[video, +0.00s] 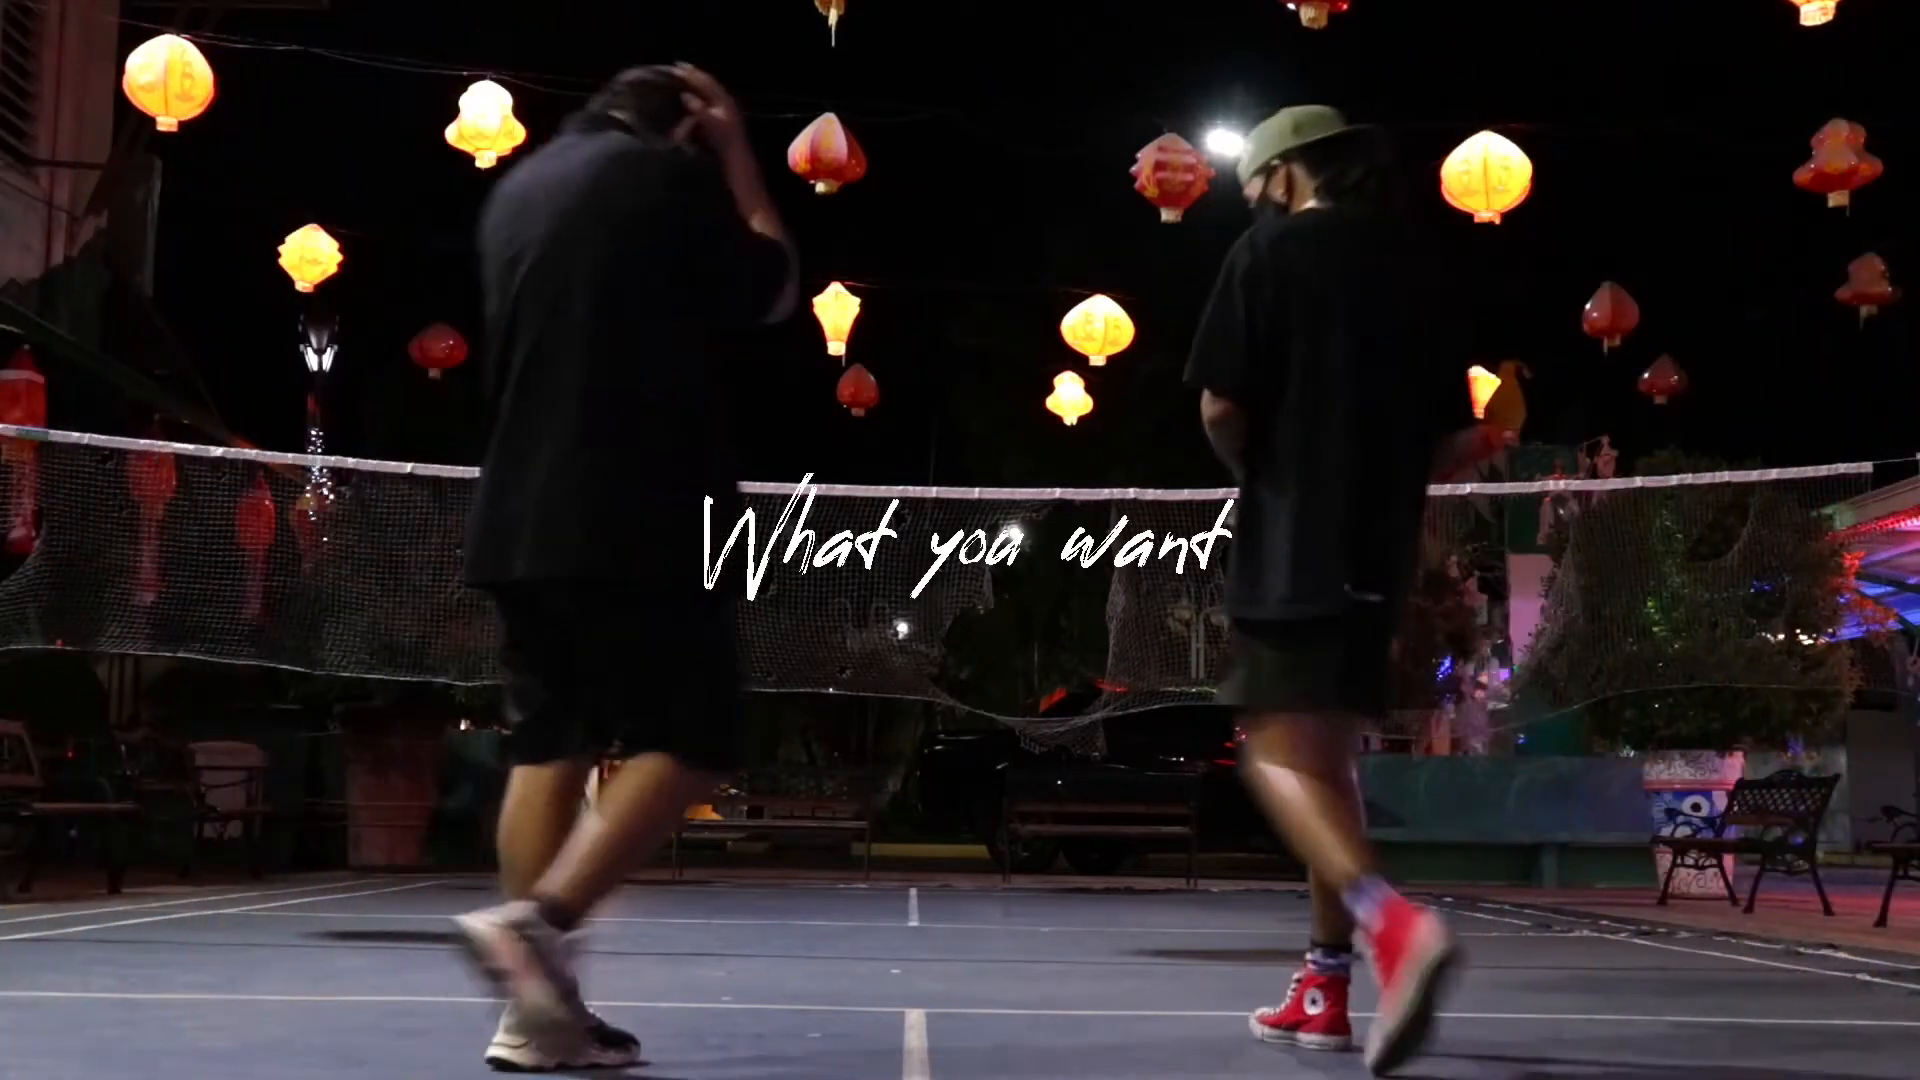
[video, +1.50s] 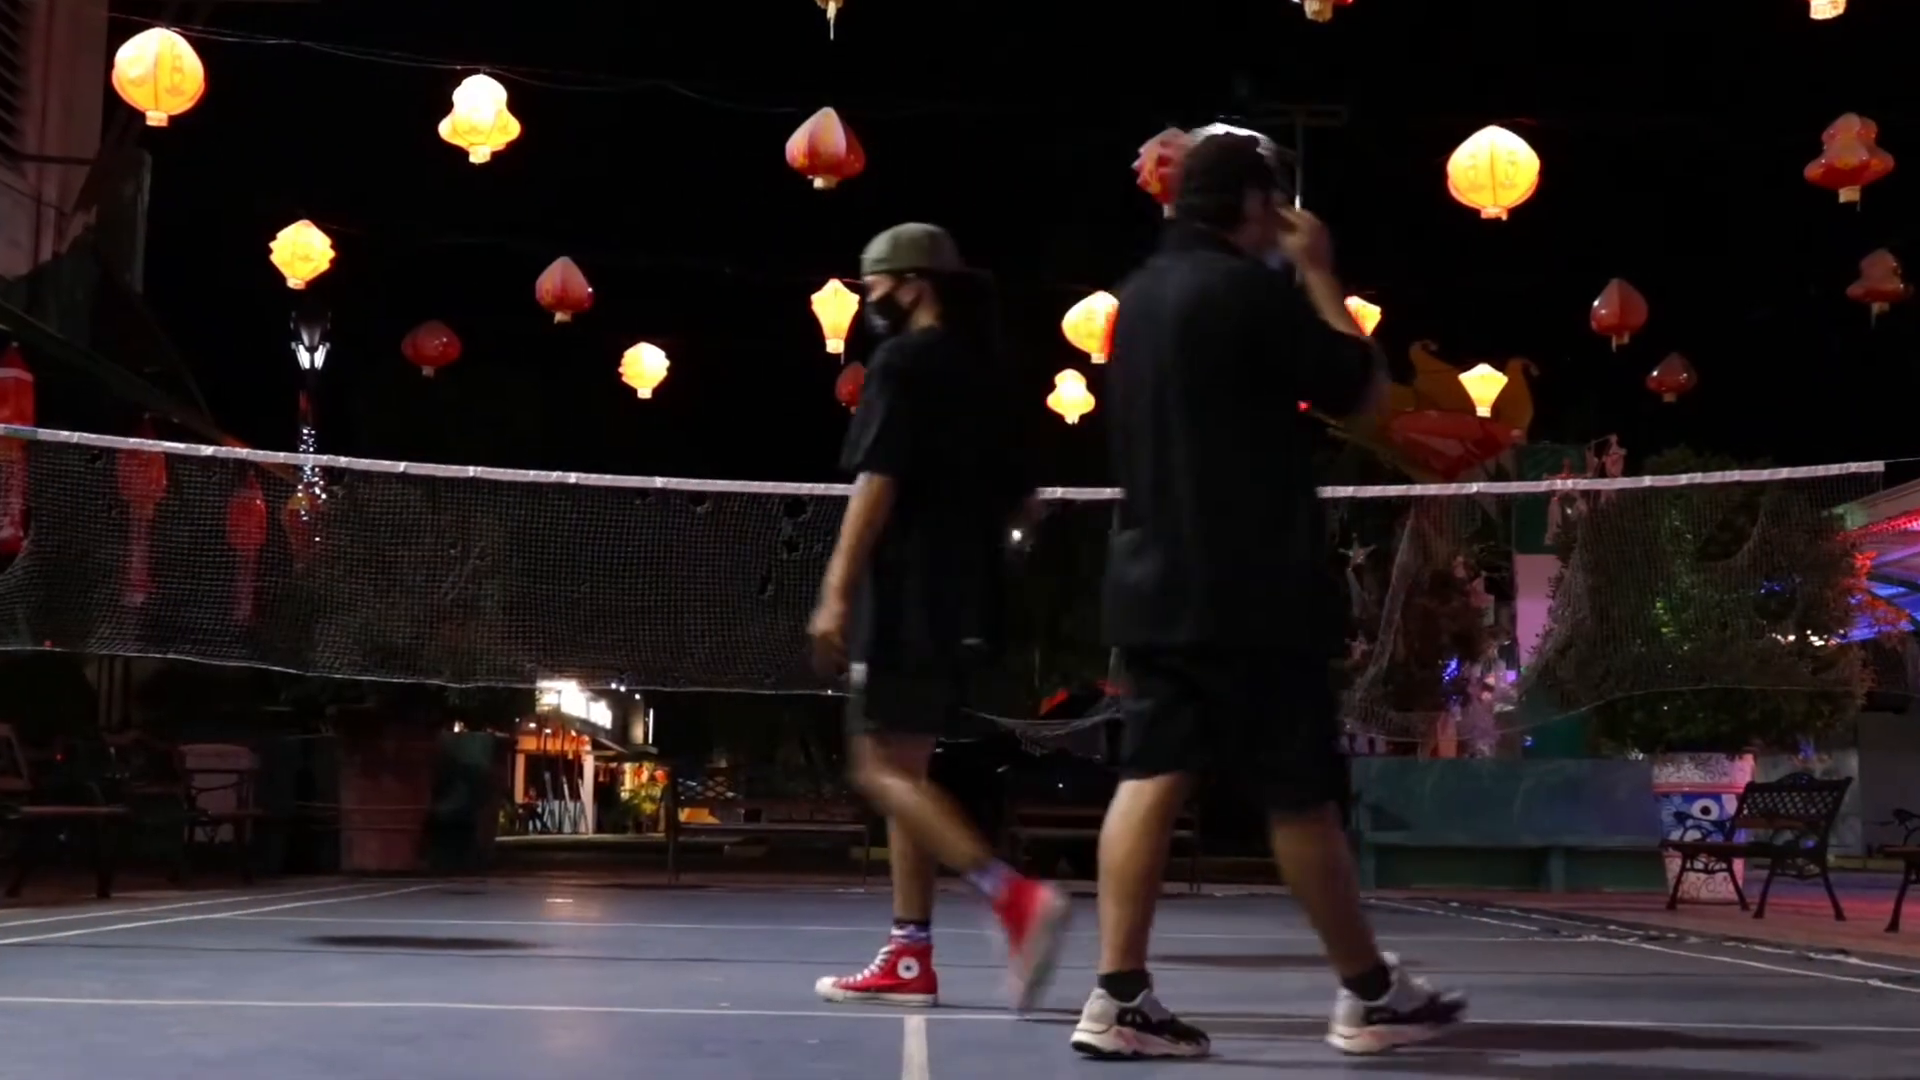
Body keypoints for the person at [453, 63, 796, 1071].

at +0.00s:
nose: (712, 153)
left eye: (712, 137)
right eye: (711, 138)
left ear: (602, 111)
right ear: (687, 125)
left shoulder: (514, 190)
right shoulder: (668, 180)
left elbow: (514, 353)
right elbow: (776, 300)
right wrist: (741, 171)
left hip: (520, 511)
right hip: (641, 511)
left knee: (546, 743)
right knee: (690, 738)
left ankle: (536, 1017)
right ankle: (540, 918)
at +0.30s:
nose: (828, 187)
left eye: (833, 172)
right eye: (825, 172)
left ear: (732, 140)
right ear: (796, 155)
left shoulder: (660, 215)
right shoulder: (756, 221)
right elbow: (880, 320)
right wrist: (857, 186)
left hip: (643, 546)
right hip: (735, 554)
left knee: (623, 759)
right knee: (776, 782)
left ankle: (546, 999)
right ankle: (845, 1003)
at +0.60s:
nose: (950, 166)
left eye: (950, 148)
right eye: (945, 149)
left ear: (835, 142)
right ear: (913, 145)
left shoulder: (782, 228)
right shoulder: (894, 230)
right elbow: (1019, 335)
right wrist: (971, 209)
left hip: (790, 533)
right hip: (877, 538)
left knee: (842, 747)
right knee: (864, 758)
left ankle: (715, 907)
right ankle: (855, 1003)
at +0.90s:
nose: (1055, 183)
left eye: (1051, 167)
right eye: (1051, 168)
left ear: (949, 167)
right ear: (1025, 169)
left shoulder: (902, 266)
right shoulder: (1028, 256)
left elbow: (911, 392)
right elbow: (1145, 349)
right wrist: (1085, 240)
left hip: (931, 550)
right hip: (1012, 553)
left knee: (1018, 779)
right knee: (942, 768)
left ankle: (1102, 987)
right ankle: (862, 997)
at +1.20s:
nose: (1154, 190)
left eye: (1148, 176)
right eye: (1147, 176)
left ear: (1053, 185)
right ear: (1121, 184)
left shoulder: (1011, 285)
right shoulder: (1131, 268)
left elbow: (970, 448)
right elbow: (1244, 341)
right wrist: (1187, 241)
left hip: (1038, 563)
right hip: (1140, 556)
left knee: (1084, 769)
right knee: (1180, 756)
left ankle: (1112, 993)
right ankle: (1033, 912)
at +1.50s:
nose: (1286, 217)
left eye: (1283, 200)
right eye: (1280, 200)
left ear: (1183, 205)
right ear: (1252, 206)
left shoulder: (1141, 296)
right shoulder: (1253, 294)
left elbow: (1136, 433)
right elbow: (1359, 391)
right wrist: (1319, 274)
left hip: (1154, 586)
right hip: (1256, 588)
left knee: (1150, 775)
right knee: (1298, 793)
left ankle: (1117, 994)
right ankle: (1371, 990)